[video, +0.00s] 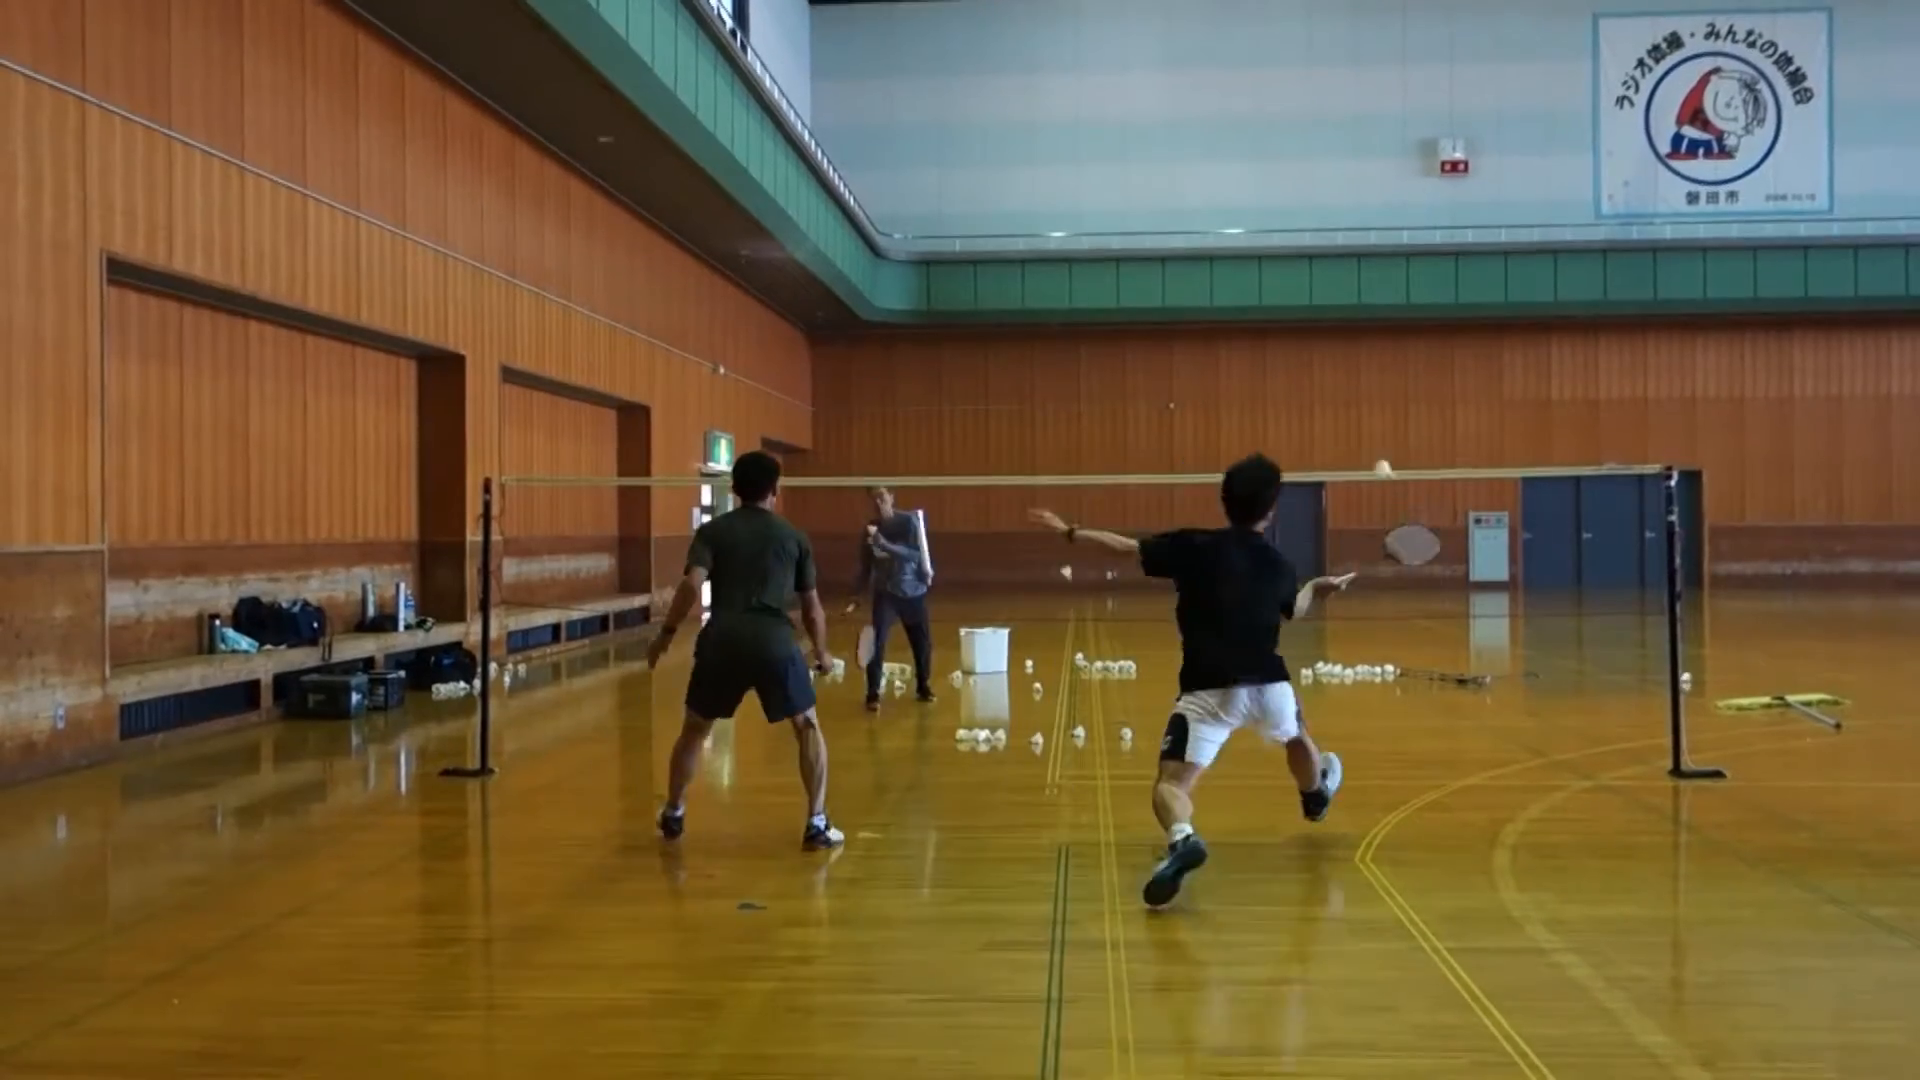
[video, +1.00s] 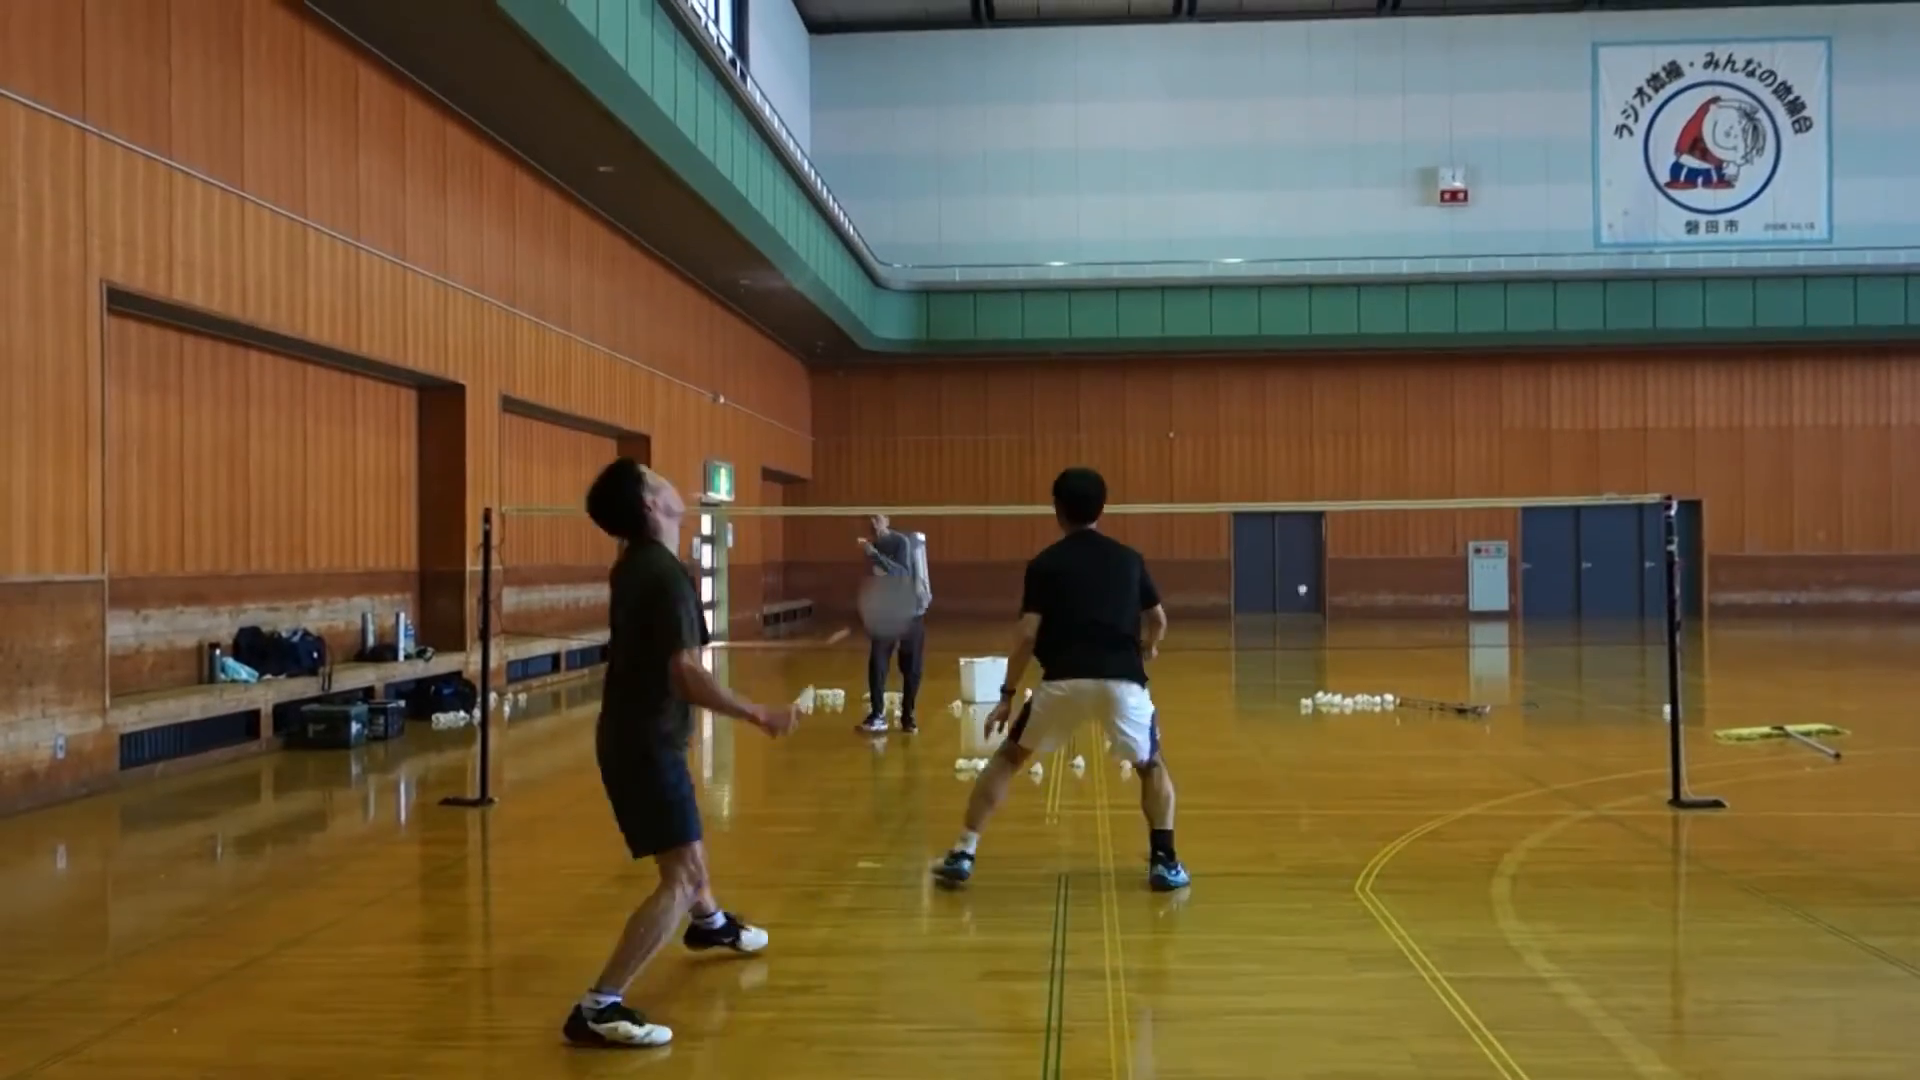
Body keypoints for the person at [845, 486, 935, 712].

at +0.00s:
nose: (879, 502)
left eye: (882, 496)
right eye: (875, 498)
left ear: (891, 497)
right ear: (871, 501)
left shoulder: (910, 521)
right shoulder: (873, 528)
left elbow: (916, 554)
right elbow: (866, 565)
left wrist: (883, 544)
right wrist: (856, 595)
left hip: (912, 590)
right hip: (885, 592)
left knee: (921, 642)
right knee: (877, 642)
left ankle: (923, 686)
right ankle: (873, 693)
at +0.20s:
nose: (863, 507)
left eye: (867, 502)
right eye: (860, 503)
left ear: (878, 502)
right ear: (857, 507)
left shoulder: (897, 522)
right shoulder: (857, 536)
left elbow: (895, 553)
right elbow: (854, 574)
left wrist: (864, 559)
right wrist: (847, 605)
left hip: (905, 589)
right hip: (877, 593)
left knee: (918, 640)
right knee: (871, 641)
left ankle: (925, 683)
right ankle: (873, 690)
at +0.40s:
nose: (861, 501)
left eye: (865, 496)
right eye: (858, 498)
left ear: (875, 498)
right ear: (856, 502)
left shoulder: (893, 517)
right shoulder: (858, 529)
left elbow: (908, 552)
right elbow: (853, 540)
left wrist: (896, 575)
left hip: (901, 588)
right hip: (875, 590)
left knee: (923, 637)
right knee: (871, 640)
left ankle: (937, 681)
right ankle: (871, 688)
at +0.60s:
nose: (869, 499)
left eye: (872, 494)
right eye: (866, 495)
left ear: (880, 497)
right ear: (862, 500)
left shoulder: (897, 517)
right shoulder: (857, 529)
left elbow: (914, 545)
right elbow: (853, 560)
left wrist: (912, 573)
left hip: (901, 590)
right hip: (876, 592)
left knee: (918, 644)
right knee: (873, 639)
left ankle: (918, 688)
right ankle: (871, 689)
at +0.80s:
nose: (874, 517)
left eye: (877, 513)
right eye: (870, 513)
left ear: (886, 515)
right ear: (868, 517)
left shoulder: (905, 538)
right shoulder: (864, 547)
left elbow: (913, 570)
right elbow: (861, 584)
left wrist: (884, 566)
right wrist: (863, 616)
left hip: (906, 608)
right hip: (879, 610)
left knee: (908, 658)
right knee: (874, 660)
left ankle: (908, 709)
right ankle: (872, 712)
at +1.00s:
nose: (874, 524)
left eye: (877, 518)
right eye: (871, 520)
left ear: (886, 520)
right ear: (869, 524)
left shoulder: (902, 542)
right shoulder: (874, 546)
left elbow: (904, 573)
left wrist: (871, 551)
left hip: (910, 613)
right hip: (884, 613)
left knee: (911, 667)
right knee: (877, 665)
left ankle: (908, 716)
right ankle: (877, 715)